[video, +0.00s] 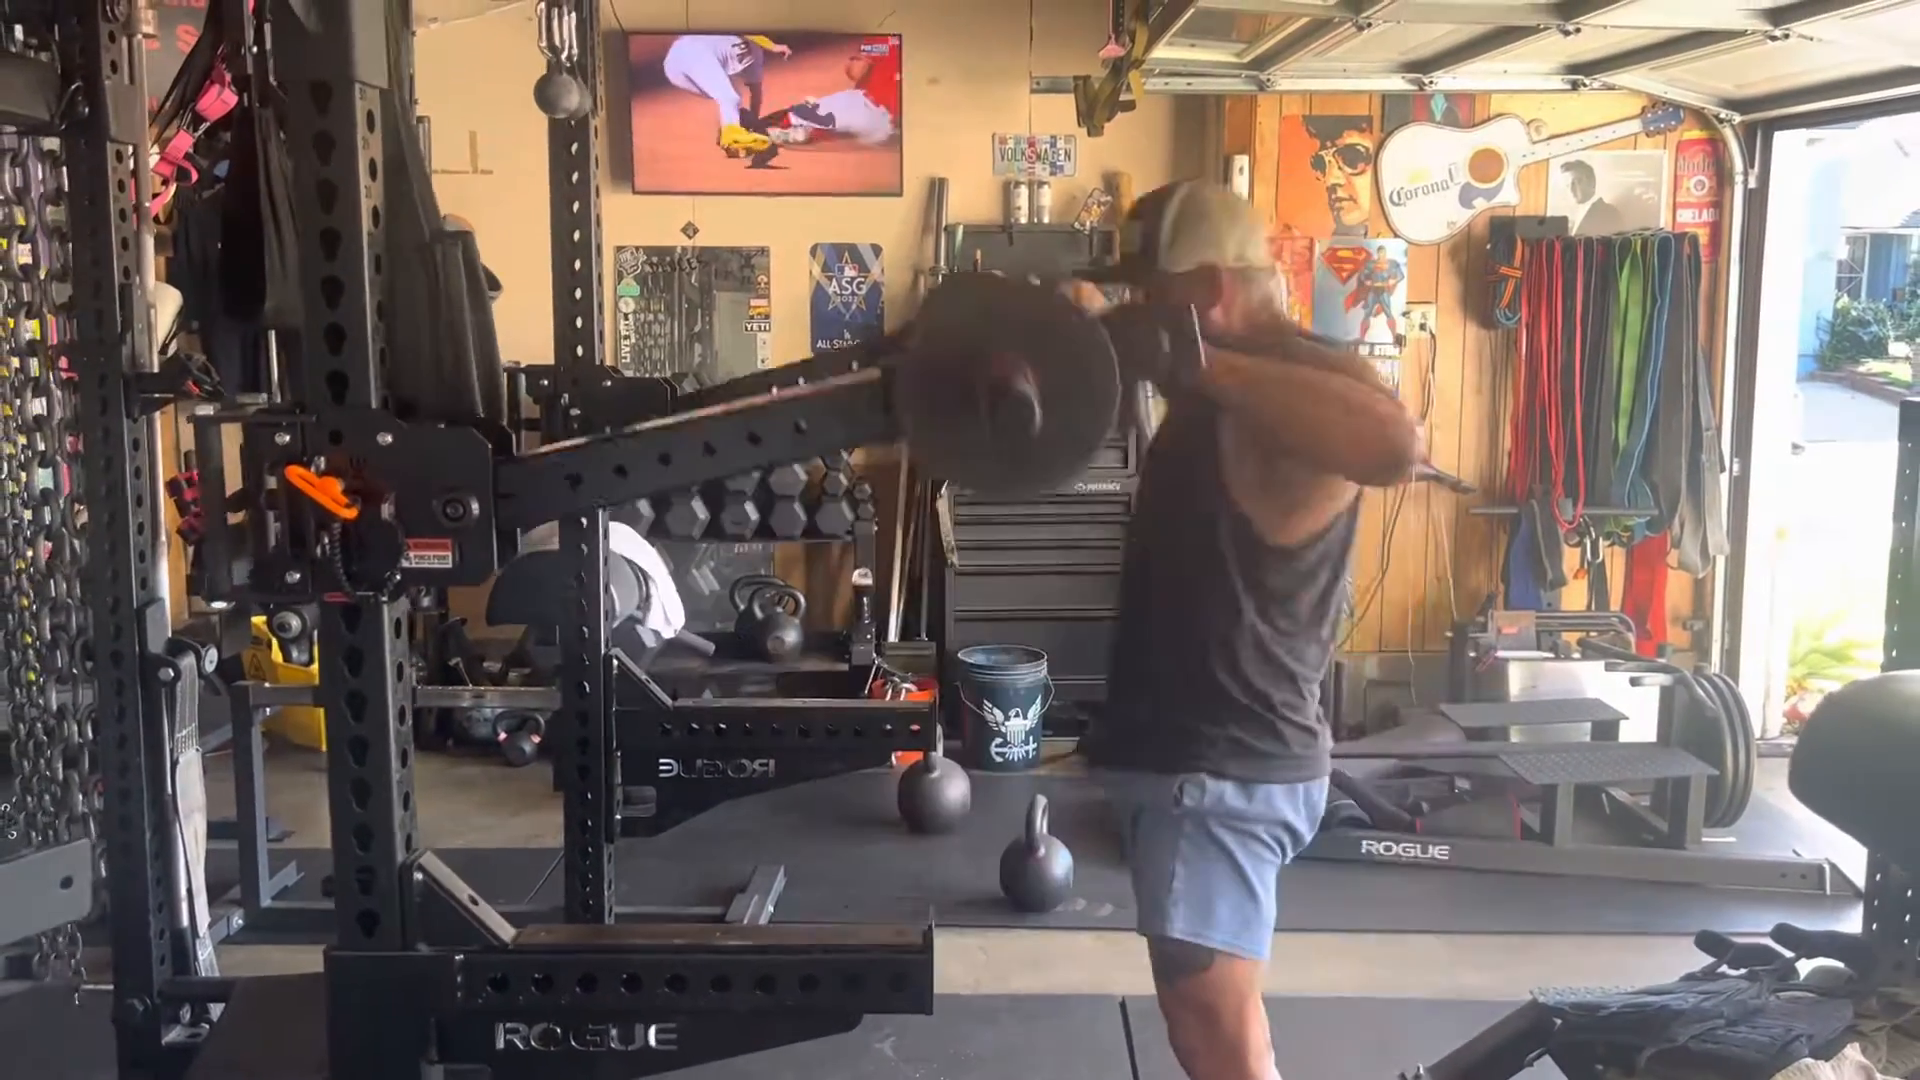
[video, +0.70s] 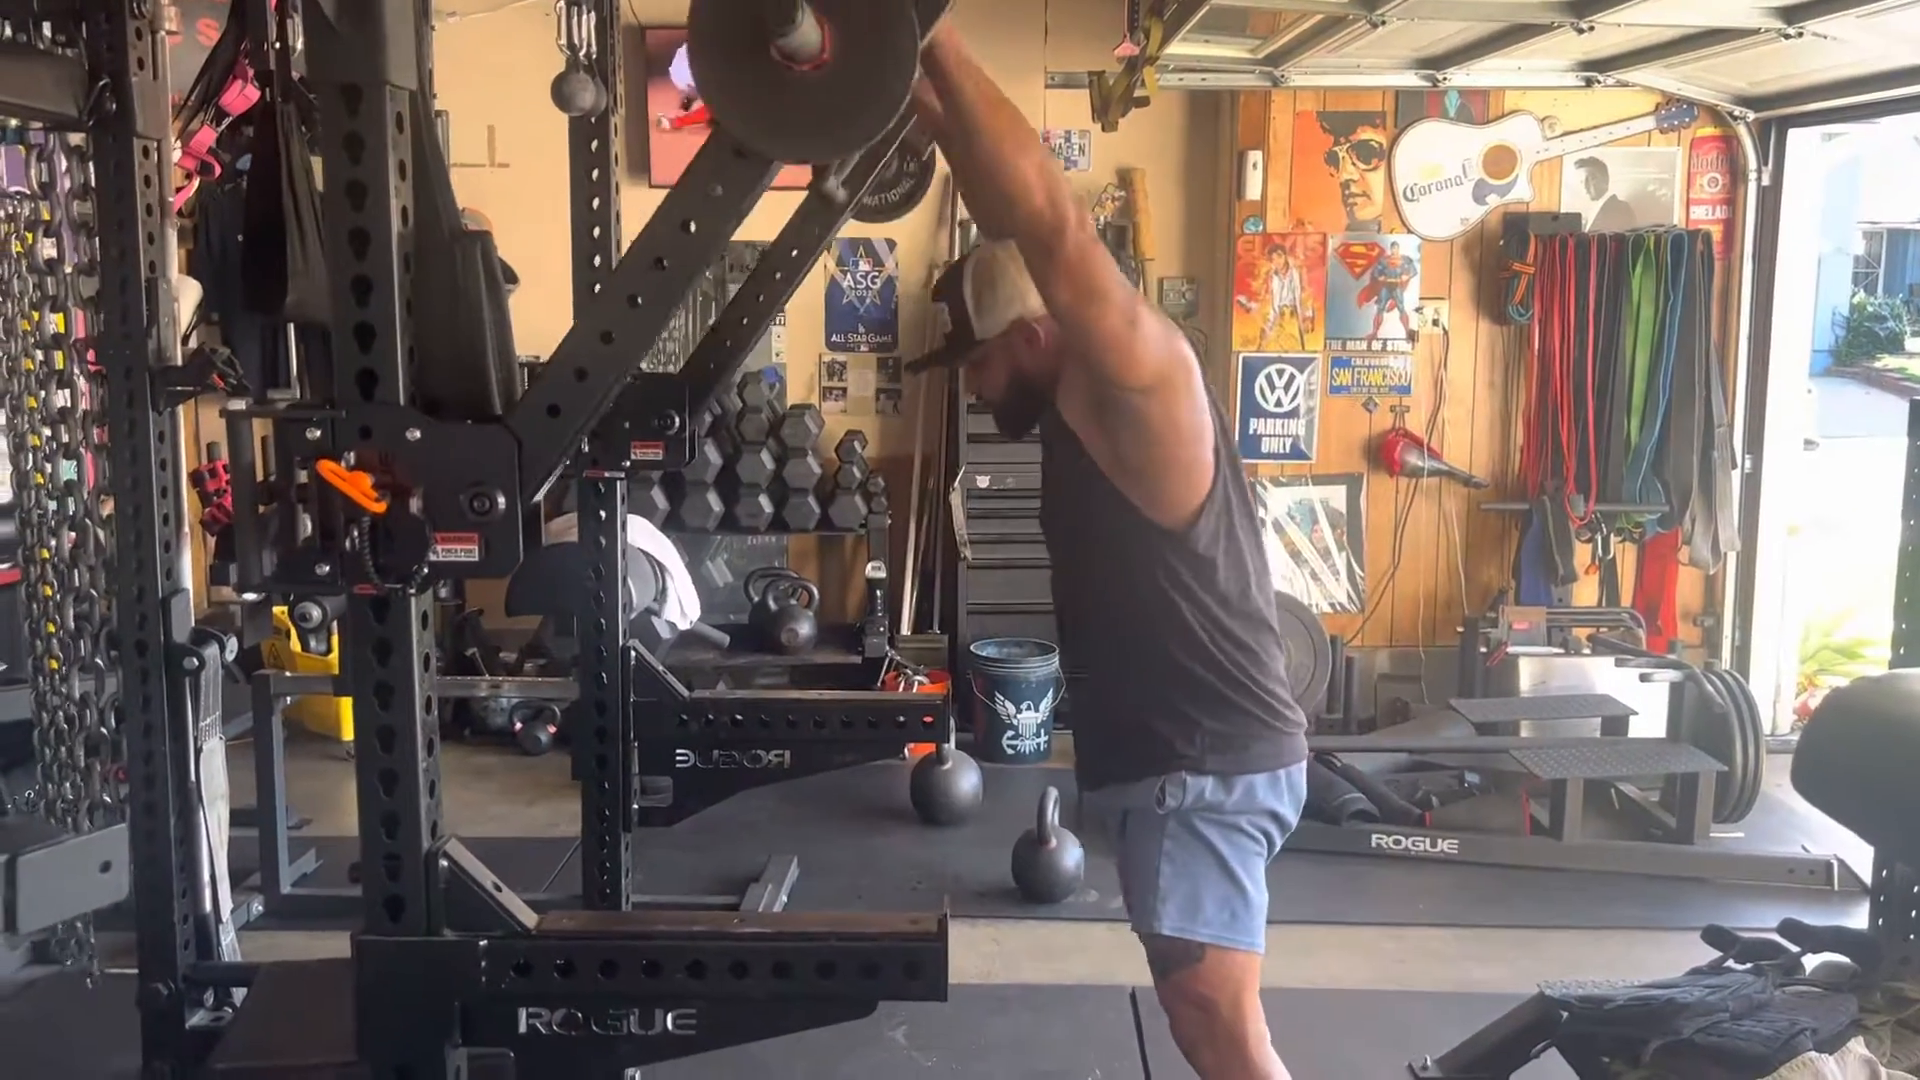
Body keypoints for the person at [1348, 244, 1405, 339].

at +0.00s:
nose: (1381, 255)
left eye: (1383, 253)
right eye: (1380, 253)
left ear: (1386, 253)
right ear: (1377, 253)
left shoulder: (1392, 264)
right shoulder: (1370, 264)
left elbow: (1401, 276)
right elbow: (1362, 275)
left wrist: (1393, 282)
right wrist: (1366, 281)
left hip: (1385, 288)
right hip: (1373, 288)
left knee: (1388, 313)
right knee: (1367, 313)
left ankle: (1394, 337)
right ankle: (1362, 337)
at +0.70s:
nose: (1394, 251)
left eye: (1396, 248)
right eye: (1393, 248)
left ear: (1399, 249)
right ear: (1390, 249)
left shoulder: (1405, 260)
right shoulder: (1384, 260)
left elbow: (1414, 271)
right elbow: (1375, 271)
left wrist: (1406, 277)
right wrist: (1379, 277)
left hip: (1398, 284)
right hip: (1386, 284)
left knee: (1401, 308)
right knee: (1380, 308)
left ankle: (1407, 332)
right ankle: (1374, 332)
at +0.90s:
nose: (1402, 244)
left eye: (1404, 242)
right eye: (1401, 242)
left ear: (1407, 242)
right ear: (1398, 243)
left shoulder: (1414, 253)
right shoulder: (1392, 253)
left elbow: (1422, 264)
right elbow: (1384, 264)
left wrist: (1415, 270)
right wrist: (1388, 270)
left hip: (1405, 277)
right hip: (1394, 277)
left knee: (1409, 301)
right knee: (1388, 301)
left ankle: (1415, 325)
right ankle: (1382, 325)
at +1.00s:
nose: (1409, 239)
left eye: (1410, 237)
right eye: (1407, 237)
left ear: (1413, 238)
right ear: (1404, 238)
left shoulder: (1420, 249)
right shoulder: (1398, 249)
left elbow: (1428, 260)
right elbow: (1390, 260)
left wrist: (1421, 266)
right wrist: (1394, 266)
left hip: (1412, 273)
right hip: (1400, 272)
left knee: (1415, 297)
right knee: (1394, 297)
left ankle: (1421, 321)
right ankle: (1388, 321)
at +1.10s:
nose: (1415, 234)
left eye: (1417, 232)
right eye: (1414, 232)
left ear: (1420, 232)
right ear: (1411, 233)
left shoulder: (1427, 243)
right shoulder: (1405, 244)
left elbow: (1435, 255)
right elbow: (1397, 255)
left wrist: (1428, 261)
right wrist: (1400, 261)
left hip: (1418, 268)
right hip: (1407, 268)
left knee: (1422, 291)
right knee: (1401, 292)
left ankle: (1428, 316)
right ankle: (1395, 316)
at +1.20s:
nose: (1422, 229)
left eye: (1424, 227)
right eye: (1421, 227)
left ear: (1427, 227)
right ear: (1418, 227)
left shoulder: (1434, 238)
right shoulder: (1412, 238)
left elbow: (1442, 250)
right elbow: (1403, 250)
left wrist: (1435, 256)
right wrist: (1407, 256)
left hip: (1425, 262)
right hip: (1413, 262)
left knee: (1428, 286)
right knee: (1408, 286)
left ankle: (1435, 311)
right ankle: (1402, 311)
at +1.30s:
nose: (1429, 224)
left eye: (1431, 222)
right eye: (1428, 222)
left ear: (1434, 222)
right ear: (1425, 222)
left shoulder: (1440, 233)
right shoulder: (1418, 233)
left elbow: (1449, 244)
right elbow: (1410, 244)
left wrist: (1442, 250)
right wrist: (1414, 250)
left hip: (1432, 257)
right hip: (1420, 257)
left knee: (1435, 281)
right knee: (1415, 281)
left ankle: (1442, 306)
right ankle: (1409, 304)